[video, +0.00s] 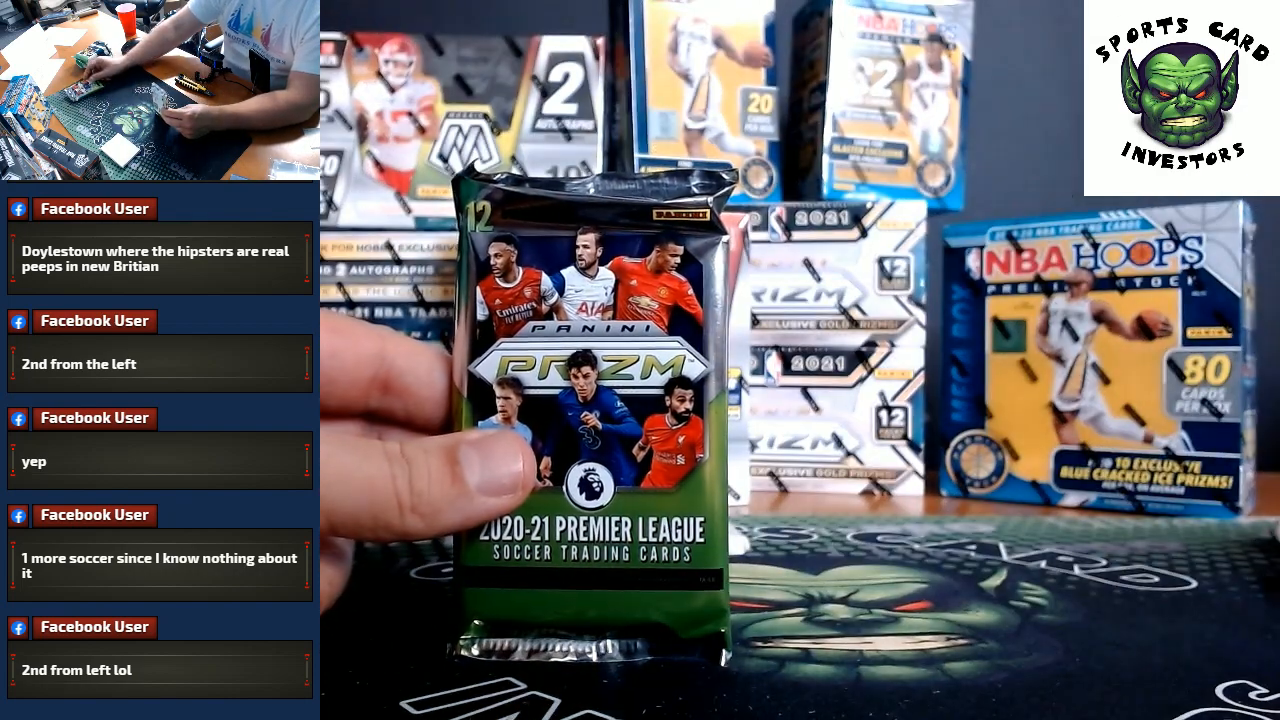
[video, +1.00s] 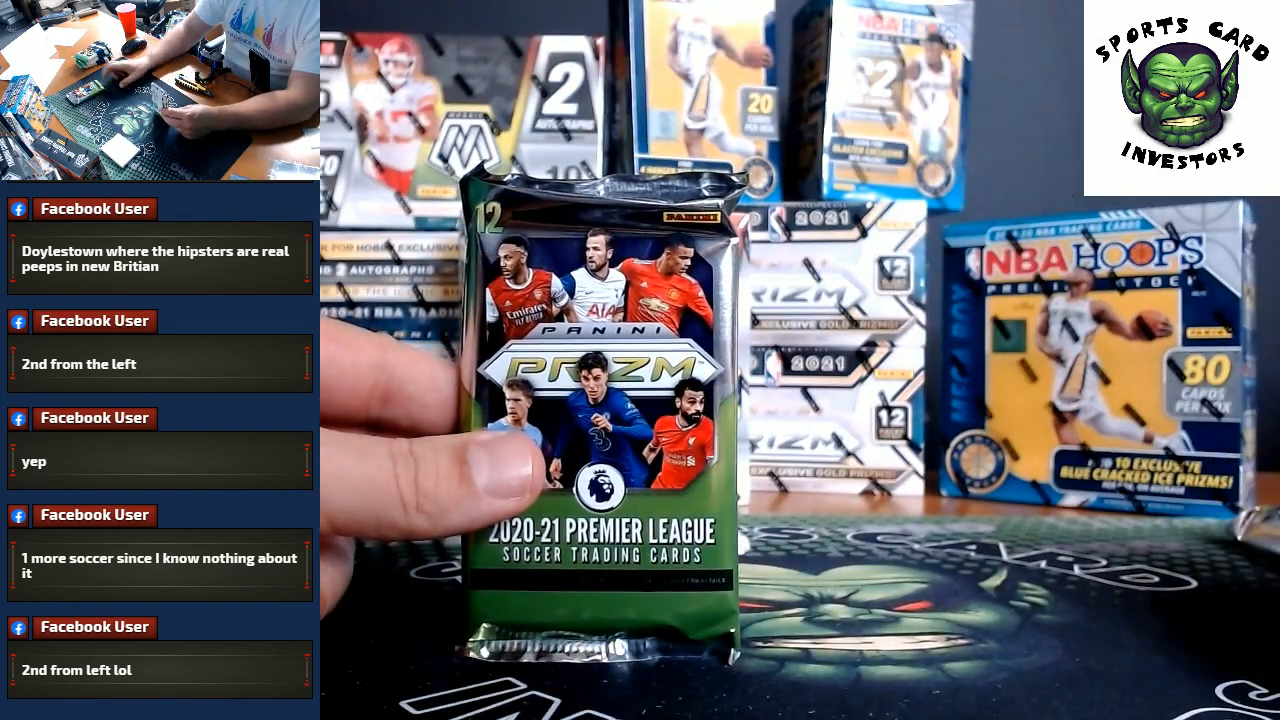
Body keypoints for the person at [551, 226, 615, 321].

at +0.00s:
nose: (579, 253)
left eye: (586, 247)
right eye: (577, 247)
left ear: (599, 252)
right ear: (575, 249)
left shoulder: (609, 277)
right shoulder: (563, 277)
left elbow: (608, 310)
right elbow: (541, 310)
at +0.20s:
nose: (581, 253)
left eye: (587, 247)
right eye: (579, 248)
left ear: (600, 252)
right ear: (576, 249)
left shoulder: (610, 277)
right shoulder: (565, 278)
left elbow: (609, 311)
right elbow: (542, 310)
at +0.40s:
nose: (591, 254)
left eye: (597, 248)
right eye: (589, 248)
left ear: (611, 253)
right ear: (586, 250)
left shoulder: (621, 279)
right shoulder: (574, 279)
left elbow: (620, 313)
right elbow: (551, 313)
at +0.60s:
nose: (590, 254)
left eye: (596, 248)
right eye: (588, 249)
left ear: (609, 253)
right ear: (585, 250)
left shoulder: (620, 279)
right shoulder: (573, 279)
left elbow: (619, 312)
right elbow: (551, 312)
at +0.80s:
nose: (589, 254)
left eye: (596, 249)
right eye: (587, 249)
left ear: (609, 253)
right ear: (585, 250)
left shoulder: (619, 279)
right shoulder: (572, 280)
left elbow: (618, 312)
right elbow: (550, 312)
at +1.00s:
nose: (590, 255)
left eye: (596, 249)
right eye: (588, 249)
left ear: (609, 253)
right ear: (585, 251)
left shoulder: (619, 279)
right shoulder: (573, 280)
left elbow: (619, 312)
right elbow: (550, 312)